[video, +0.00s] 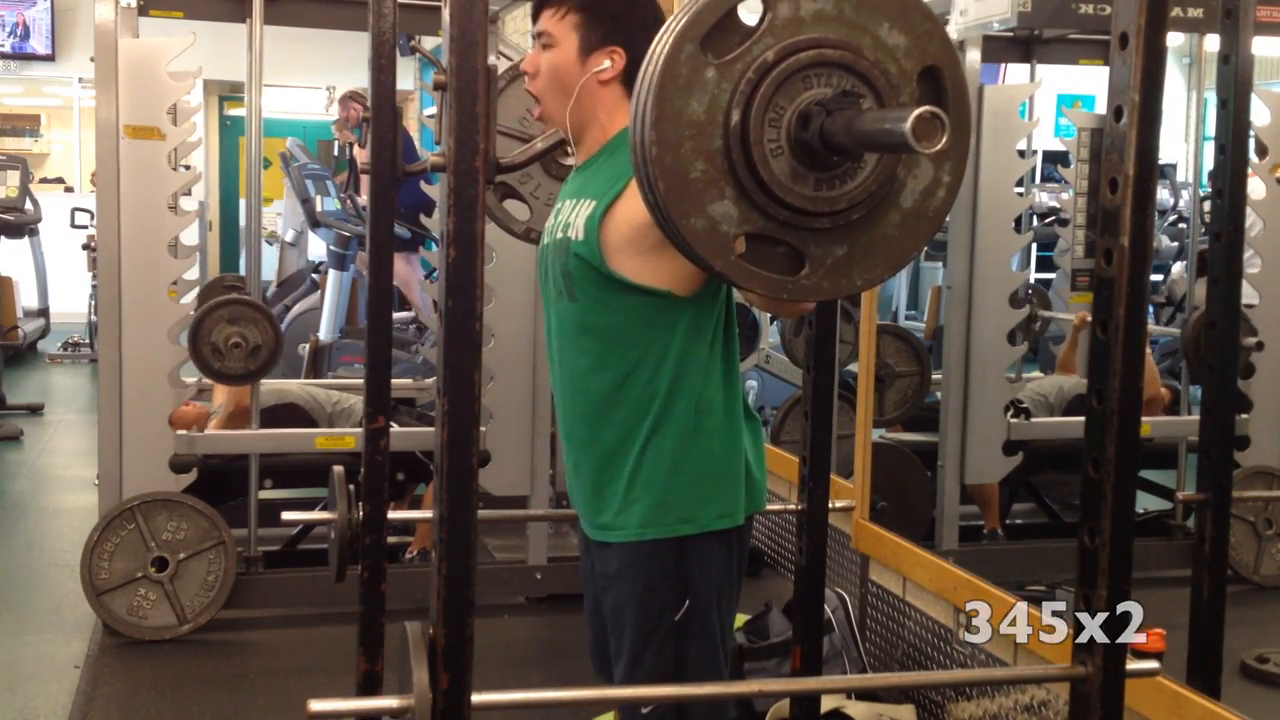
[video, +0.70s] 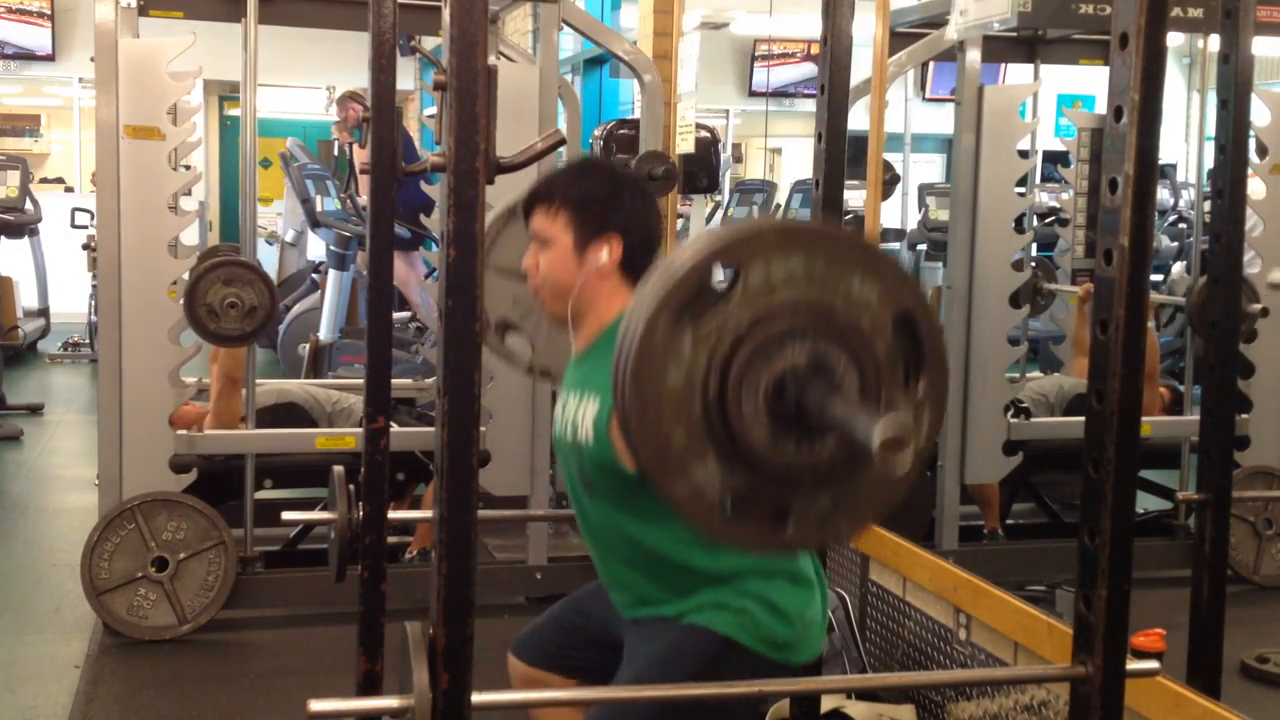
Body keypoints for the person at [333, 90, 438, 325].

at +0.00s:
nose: (345, 121)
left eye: (345, 115)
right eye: (343, 117)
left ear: (356, 108)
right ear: (357, 109)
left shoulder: (376, 129)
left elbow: (367, 169)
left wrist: (365, 201)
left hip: (399, 202)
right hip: (406, 200)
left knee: (395, 258)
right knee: (410, 260)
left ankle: (424, 315)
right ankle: (427, 318)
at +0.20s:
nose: (344, 119)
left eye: (345, 113)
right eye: (343, 114)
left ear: (357, 108)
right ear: (358, 108)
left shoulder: (374, 127)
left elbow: (366, 168)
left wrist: (364, 201)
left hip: (402, 205)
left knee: (407, 268)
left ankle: (428, 321)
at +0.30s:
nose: (344, 121)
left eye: (345, 115)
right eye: (343, 116)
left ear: (356, 108)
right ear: (358, 109)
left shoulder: (369, 127)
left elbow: (366, 171)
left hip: (400, 207)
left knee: (409, 275)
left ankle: (432, 329)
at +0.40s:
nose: (343, 119)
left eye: (344, 113)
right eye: (342, 114)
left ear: (356, 108)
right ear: (357, 108)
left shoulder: (374, 127)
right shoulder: (363, 130)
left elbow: (365, 169)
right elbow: (362, 171)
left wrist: (365, 202)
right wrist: (364, 201)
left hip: (403, 200)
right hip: (391, 200)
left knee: (409, 259)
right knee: (398, 258)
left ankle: (429, 321)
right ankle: (417, 310)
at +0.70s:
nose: (344, 121)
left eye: (344, 115)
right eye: (342, 117)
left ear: (355, 107)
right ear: (356, 108)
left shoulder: (371, 128)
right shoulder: (384, 123)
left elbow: (364, 167)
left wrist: (364, 199)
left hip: (399, 199)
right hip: (410, 195)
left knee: (391, 257)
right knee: (412, 257)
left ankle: (422, 312)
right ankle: (432, 314)